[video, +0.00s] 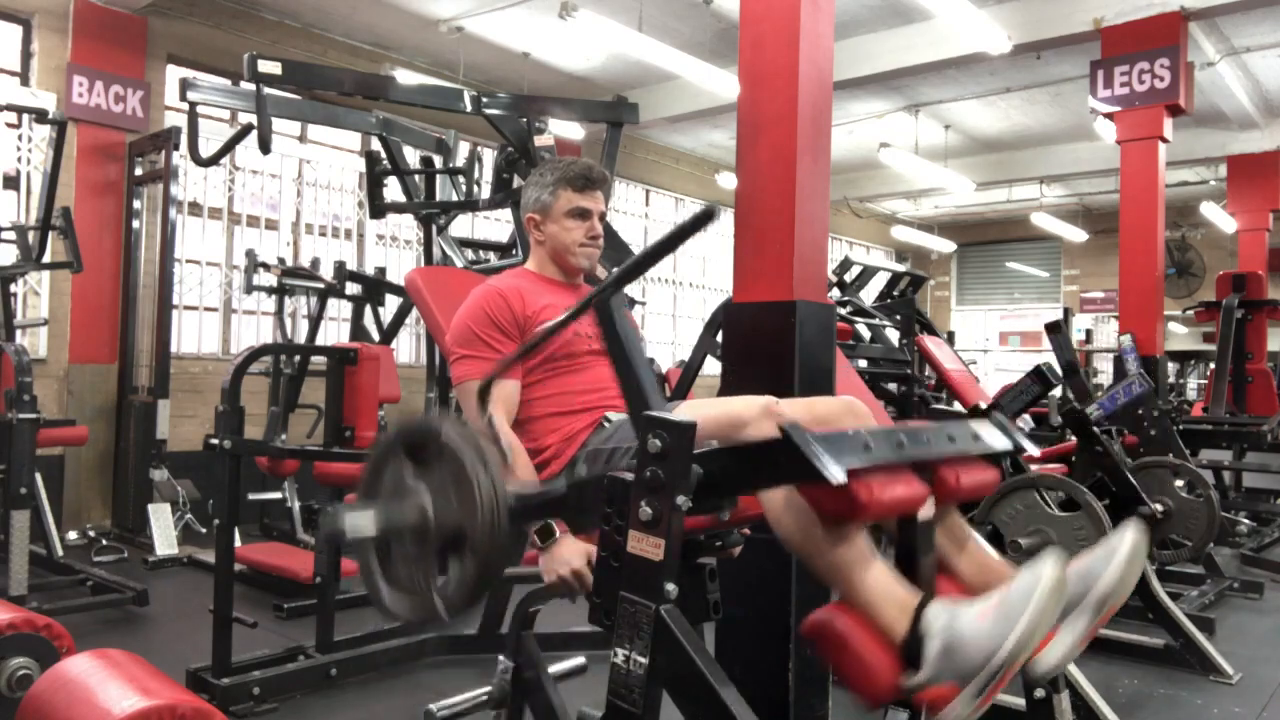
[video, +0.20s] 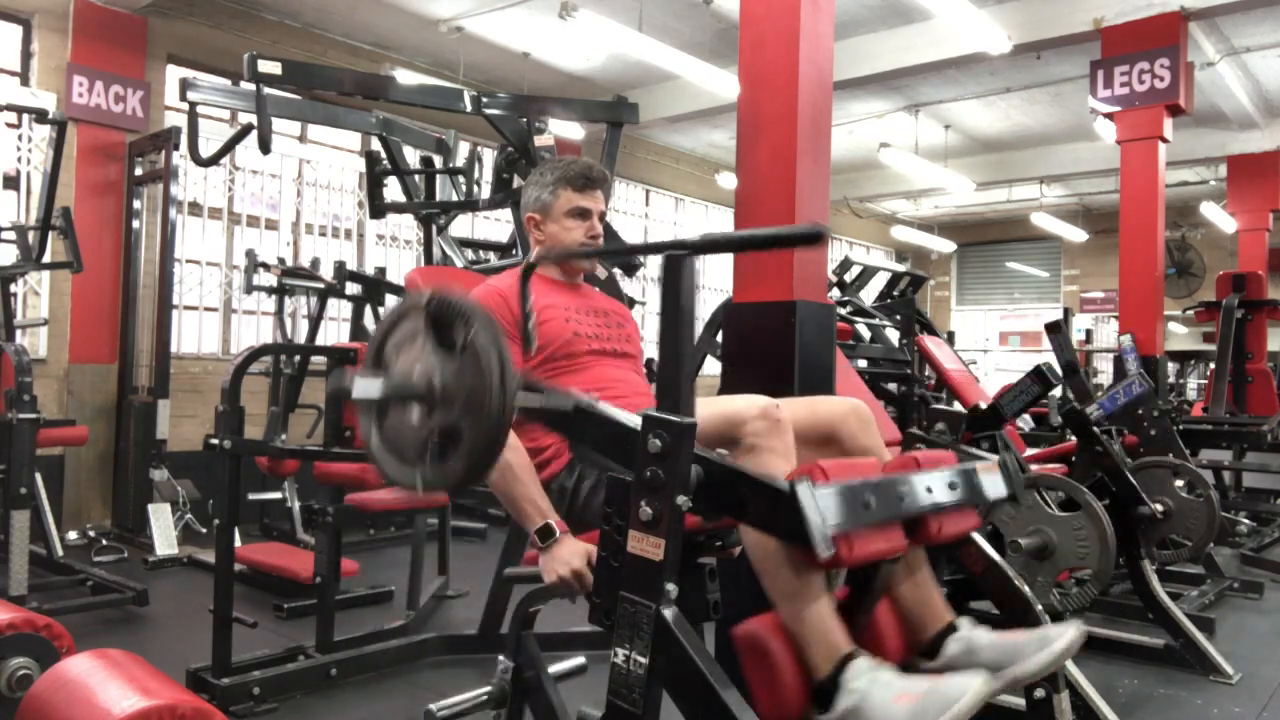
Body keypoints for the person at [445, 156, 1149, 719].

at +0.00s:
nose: (592, 236)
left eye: (598, 223)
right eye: (577, 221)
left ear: (598, 224)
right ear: (532, 224)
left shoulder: (597, 297)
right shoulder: (497, 299)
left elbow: (634, 388)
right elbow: (490, 427)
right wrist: (554, 531)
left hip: (655, 430)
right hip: (589, 456)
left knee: (844, 411)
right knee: (778, 420)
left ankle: (993, 585)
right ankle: (918, 628)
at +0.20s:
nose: (594, 229)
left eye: (599, 218)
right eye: (578, 216)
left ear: (599, 227)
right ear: (533, 223)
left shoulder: (608, 303)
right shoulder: (499, 297)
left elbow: (646, 403)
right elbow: (488, 427)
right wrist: (553, 536)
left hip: (661, 441)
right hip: (586, 465)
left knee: (850, 419)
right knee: (761, 424)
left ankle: (938, 636)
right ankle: (842, 679)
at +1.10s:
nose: (590, 221)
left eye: (593, 208)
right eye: (578, 206)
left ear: (587, 206)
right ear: (531, 200)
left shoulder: (570, 274)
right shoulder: (481, 285)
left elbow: (617, 385)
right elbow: (491, 434)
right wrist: (550, 537)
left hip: (647, 436)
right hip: (586, 463)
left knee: (846, 418)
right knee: (754, 422)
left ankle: (823, 636)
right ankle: (719, 660)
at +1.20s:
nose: (591, 218)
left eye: (593, 205)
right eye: (580, 203)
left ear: (583, 204)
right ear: (534, 198)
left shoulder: (563, 273)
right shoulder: (477, 281)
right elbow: (489, 433)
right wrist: (551, 539)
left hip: (646, 434)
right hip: (585, 461)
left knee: (846, 418)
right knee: (752, 423)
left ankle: (825, 634)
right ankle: (722, 661)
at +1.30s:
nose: (584, 206)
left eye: (588, 191)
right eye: (570, 187)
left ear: (582, 197)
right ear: (521, 188)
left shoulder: (564, 270)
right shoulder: (477, 281)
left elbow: (618, 379)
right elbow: (489, 433)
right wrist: (550, 538)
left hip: (646, 434)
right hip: (584, 460)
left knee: (847, 422)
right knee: (753, 425)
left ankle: (825, 638)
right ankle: (723, 662)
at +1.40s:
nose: (593, 228)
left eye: (596, 215)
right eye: (584, 213)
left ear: (586, 211)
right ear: (540, 206)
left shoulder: (568, 277)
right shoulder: (480, 285)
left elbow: (619, 381)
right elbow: (490, 432)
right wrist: (550, 538)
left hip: (647, 434)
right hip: (586, 461)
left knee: (847, 423)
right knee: (751, 426)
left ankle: (827, 638)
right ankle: (724, 664)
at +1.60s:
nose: (594, 230)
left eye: (600, 219)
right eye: (580, 216)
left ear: (604, 224)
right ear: (538, 218)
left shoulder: (595, 293)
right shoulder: (499, 298)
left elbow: (630, 390)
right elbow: (490, 433)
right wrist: (550, 536)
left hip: (648, 435)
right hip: (584, 461)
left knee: (850, 426)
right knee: (756, 431)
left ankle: (839, 641)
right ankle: (738, 667)